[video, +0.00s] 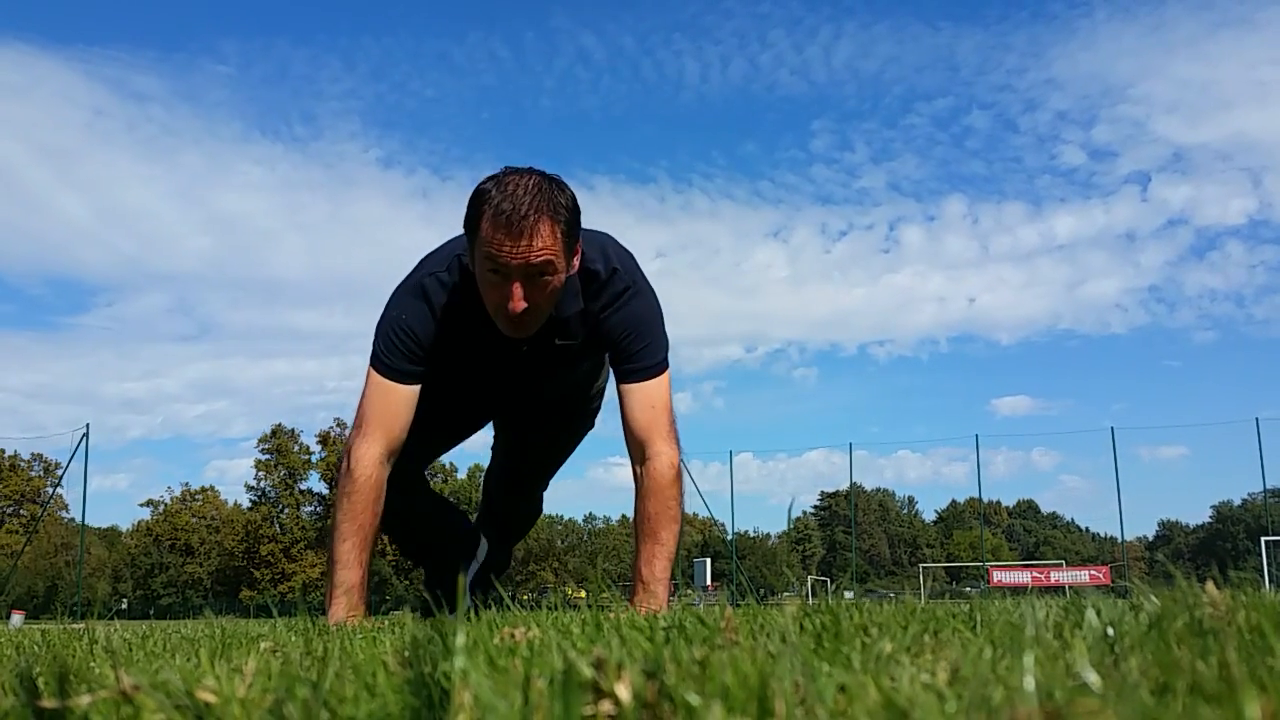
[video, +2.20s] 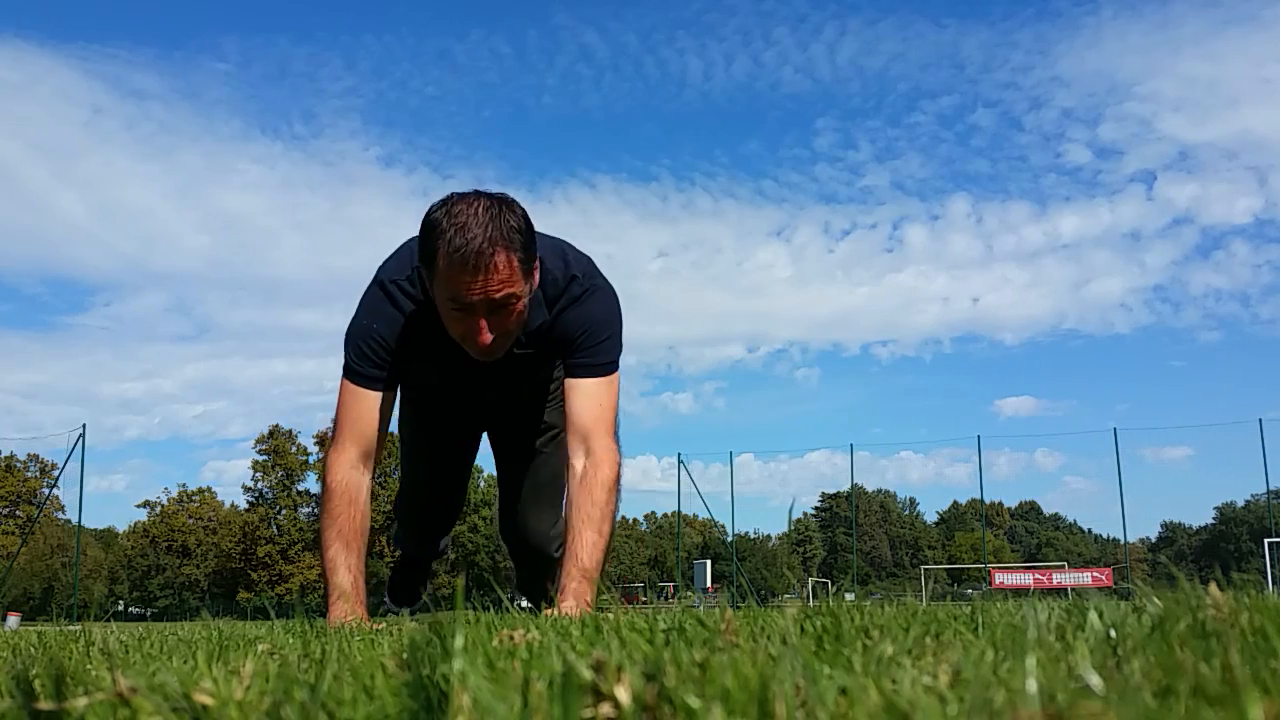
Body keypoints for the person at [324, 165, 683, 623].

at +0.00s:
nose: (516, 300)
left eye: (538, 275)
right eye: (496, 274)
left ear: (572, 260)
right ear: (471, 254)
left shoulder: (618, 289)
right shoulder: (423, 300)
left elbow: (656, 453)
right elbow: (368, 453)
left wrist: (649, 610)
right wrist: (344, 616)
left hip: (559, 382)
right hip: (465, 375)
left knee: (514, 494)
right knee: (381, 474)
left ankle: (476, 586)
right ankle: (457, 560)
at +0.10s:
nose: (515, 303)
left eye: (536, 279)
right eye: (495, 278)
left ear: (570, 262)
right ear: (468, 257)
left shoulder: (615, 290)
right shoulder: (421, 300)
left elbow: (658, 455)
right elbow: (365, 454)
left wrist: (649, 613)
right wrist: (341, 620)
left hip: (556, 393)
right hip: (456, 385)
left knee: (512, 501)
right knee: (410, 495)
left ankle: (475, 587)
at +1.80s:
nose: (525, 355)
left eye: (544, 332)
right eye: (507, 333)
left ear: (565, 310)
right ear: (472, 310)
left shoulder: (597, 328)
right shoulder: (426, 324)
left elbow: (630, 471)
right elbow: (361, 467)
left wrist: (631, 613)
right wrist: (351, 622)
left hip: (545, 400)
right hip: (451, 402)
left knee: (552, 556)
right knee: (434, 544)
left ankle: (518, 552)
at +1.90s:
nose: (517, 341)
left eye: (536, 318)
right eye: (497, 318)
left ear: (558, 297)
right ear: (464, 296)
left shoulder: (593, 322)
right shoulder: (418, 315)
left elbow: (624, 467)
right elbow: (368, 463)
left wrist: (630, 613)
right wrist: (349, 620)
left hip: (536, 395)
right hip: (444, 395)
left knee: (548, 549)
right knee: (427, 549)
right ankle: (425, 648)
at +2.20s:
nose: (483, 333)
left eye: (502, 307)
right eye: (461, 309)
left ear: (532, 277)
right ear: (430, 285)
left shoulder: (584, 302)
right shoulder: (389, 305)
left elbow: (593, 456)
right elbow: (351, 458)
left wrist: (574, 604)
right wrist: (345, 614)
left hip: (532, 389)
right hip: (439, 390)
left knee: (536, 533)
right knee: (423, 521)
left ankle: (541, 604)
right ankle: (403, 598)